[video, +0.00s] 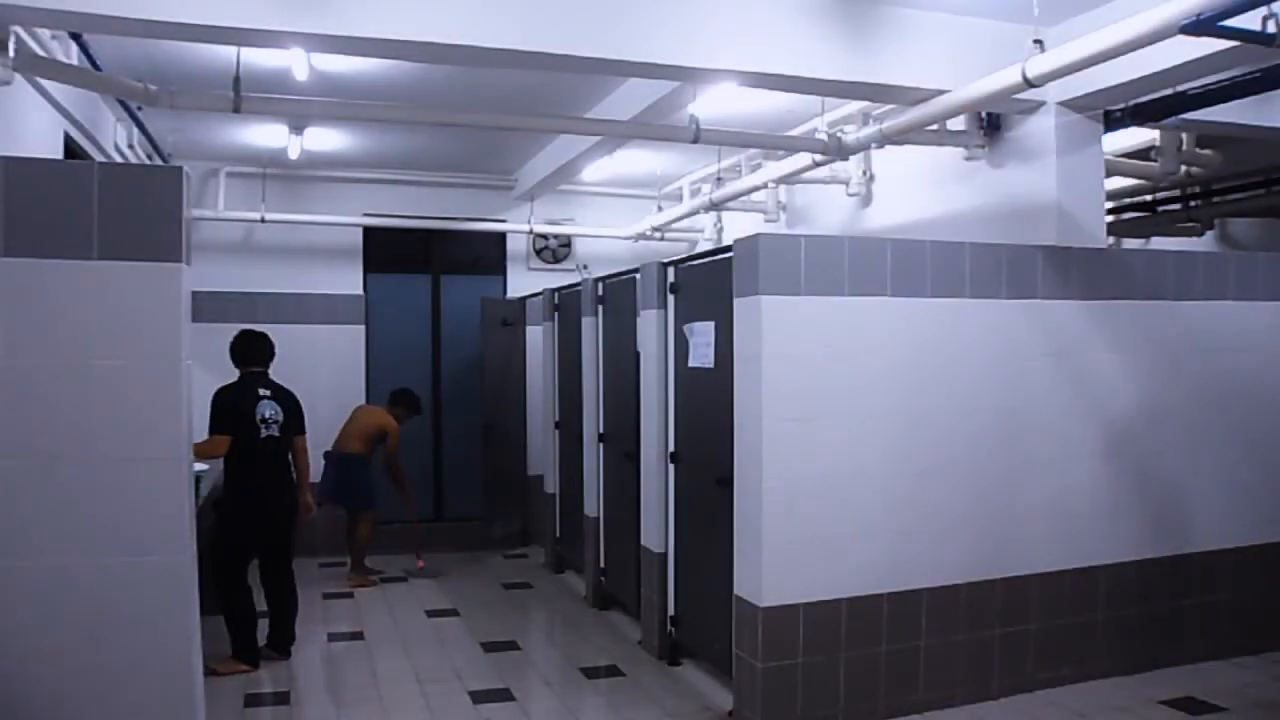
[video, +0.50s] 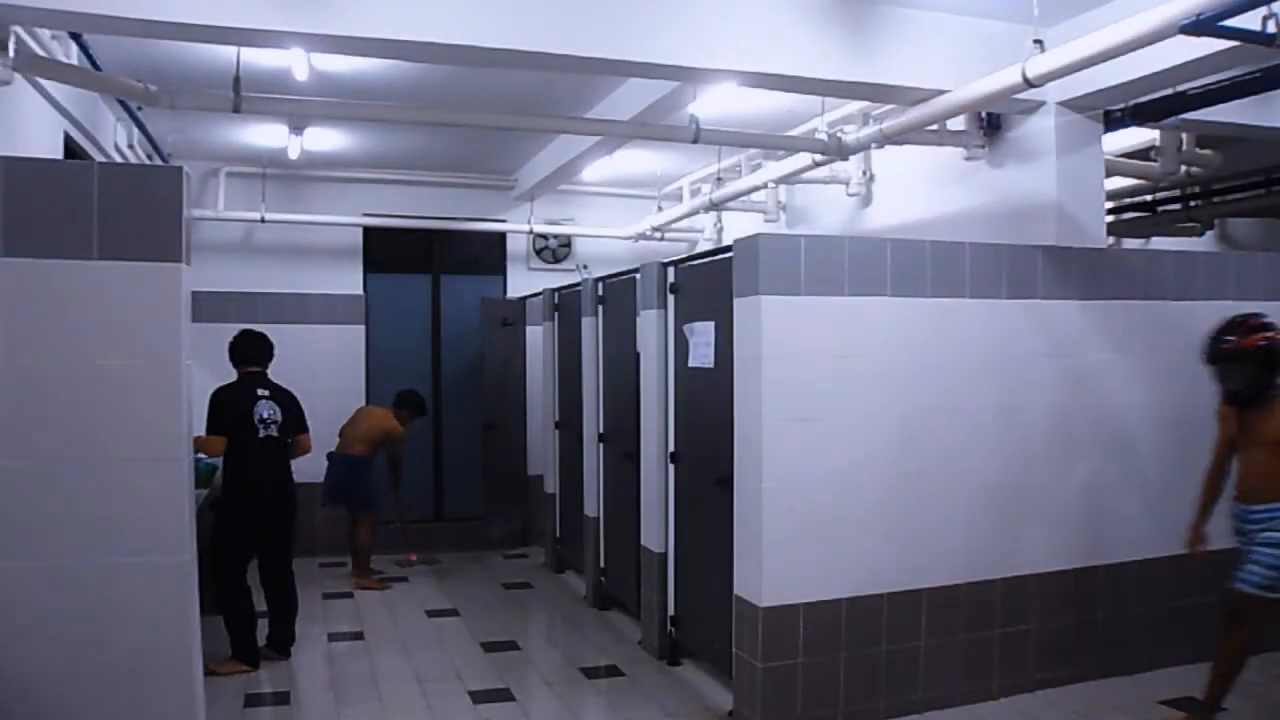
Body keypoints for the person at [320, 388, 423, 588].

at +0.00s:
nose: (405, 421)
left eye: (408, 417)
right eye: (407, 416)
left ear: (391, 402)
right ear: (402, 410)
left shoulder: (362, 410)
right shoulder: (390, 425)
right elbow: (391, 462)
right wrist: (404, 491)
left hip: (335, 462)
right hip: (355, 465)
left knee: (353, 516)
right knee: (365, 517)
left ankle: (357, 564)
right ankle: (357, 572)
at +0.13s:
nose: (405, 420)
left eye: (408, 416)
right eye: (407, 415)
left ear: (391, 403)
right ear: (401, 410)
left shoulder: (362, 409)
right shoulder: (391, 426)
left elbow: (349, 436)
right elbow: (391, 463)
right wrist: (399, 487)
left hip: (336, 463)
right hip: (356, 465)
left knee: (353, 516)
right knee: (367, 517)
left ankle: (358, 566)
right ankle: (359, 571)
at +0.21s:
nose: (406, 421)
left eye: (409, 417)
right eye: (408, 416)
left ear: (391, 403)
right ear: (402, 410)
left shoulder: (362, 409)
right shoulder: (392, 427)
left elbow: (349, 436)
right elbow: (393, 464)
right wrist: (397, 492)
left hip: (337, 463)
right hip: (358, 466)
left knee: (354, 516)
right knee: (368, 517)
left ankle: (358, 565)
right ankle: (359, 571)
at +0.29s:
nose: (407, 421)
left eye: (410, 417)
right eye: (409, 416)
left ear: (393, 403)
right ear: (403, 410)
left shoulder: (362, 410)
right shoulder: (392, 428)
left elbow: (349, 436)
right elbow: (394, 465)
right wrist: (396, 495)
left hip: (337, 463)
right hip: (358, 466)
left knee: (354, 516)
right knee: (367, 518)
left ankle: (358, 566)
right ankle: (361, 572)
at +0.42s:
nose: (409, 422)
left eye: (411, 417)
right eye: (410, 417)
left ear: (394, 404)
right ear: (405, 411)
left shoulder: (364, 410)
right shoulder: (393, 428)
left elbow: (343, 433)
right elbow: (395, 466)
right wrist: (396, 496)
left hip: (337, 463)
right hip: (357, 466)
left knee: (354, 517)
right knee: (366, 518)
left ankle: (358, 567)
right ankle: (363, 573)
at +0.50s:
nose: (410, 422)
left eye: (413, 418)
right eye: (411, 417)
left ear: (395, 404)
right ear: (406, 412)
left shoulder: (366, 410)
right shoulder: (394, 430)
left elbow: (343, 432)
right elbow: (395, 468)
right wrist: (396, 494)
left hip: (337, 464)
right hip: (357, 468)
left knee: (355, 517)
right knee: (365, 519)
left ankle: (359, 567)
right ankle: (362, 574)